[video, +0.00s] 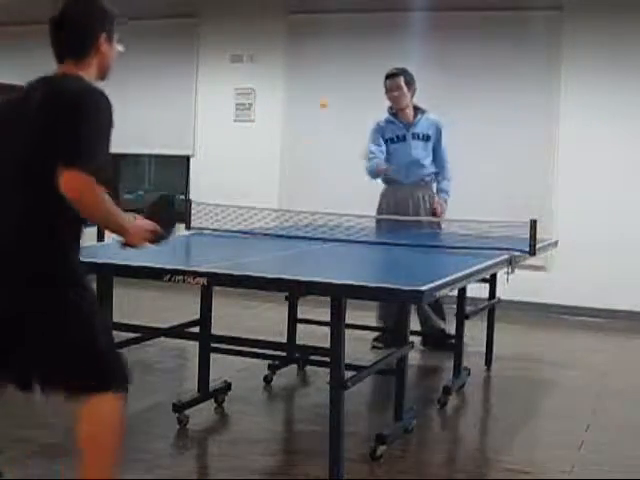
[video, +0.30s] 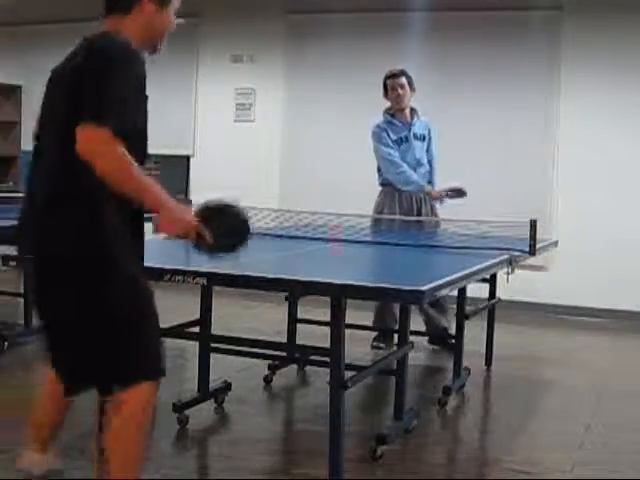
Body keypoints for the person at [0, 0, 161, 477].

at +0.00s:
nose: (115, 51)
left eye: (114, 41)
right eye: (113, 42)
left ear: (59, 44)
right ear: (101, 45)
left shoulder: (21, 98)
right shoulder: (87, 100)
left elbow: (22, 182)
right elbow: (76, 182)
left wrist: (116, 218)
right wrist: (125, 225)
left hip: (9, 268)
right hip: (48, 273)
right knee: (106, 381)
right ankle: (96, 472)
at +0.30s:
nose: (173, 23)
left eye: (174, 13)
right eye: (171, 11)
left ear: (128, 9)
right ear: (146, 7)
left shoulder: (73, 63)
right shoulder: (116, 56)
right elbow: (95, 143)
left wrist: (162, 210)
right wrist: (167, 206)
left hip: (53, 242)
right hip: (93, 245)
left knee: (69, 359)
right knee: (138, 378)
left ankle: (34, 458)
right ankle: (121, 473)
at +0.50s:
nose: (208, 42)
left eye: (210, 29)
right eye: (205, 26)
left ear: (170, 22)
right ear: (172, 20)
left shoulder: (142, 90)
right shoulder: (129, 90)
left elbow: (117, 187)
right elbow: (96, 183)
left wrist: (166, 207)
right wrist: (120, 270)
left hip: (96, 274)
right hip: (98, 275)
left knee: (108, 377)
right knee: (197, 389)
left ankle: (70, 469)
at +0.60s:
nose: (243, 30)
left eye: (245, 17)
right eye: (238, 14)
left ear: (201, 12)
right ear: (200, 9)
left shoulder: (168, 76)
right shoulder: (158, 76)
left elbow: (144, 185)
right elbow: (113, 178)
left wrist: (167, 272)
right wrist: (134, 270)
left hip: (106, 268)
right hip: (130, 270)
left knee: (114, 370)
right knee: (213, 404)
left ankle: (77, 464)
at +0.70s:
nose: (275, 47)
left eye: (277, 34)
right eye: (270, 29)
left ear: (230, 21)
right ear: (229, 18)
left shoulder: (197, 95)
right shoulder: (178, 92)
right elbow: (143, 200)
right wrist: (190, 300)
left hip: (140, 287)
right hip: (146, 293)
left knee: (135, 386)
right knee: (223, 451)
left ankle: (73, 464)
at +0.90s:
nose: (308, 35)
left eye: (313, 23)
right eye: (307, 17)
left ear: (259, 9)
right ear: (269, 6)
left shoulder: (183, 51)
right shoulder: (217, 61)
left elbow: (122, 128)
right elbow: (212, 175)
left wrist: (137, 208)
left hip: (138, 292)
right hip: (181, 298)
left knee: (158, 448)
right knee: (231, 452)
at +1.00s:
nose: (290, 8)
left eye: (290, 2)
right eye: (287, 0)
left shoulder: (163, 29)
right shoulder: (231, 34)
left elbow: (96, 100)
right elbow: (235, 135)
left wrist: (80, 154)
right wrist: (360, 154)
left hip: (127, 267)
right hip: (194, 273)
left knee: (149, 446)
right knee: (221, 449)